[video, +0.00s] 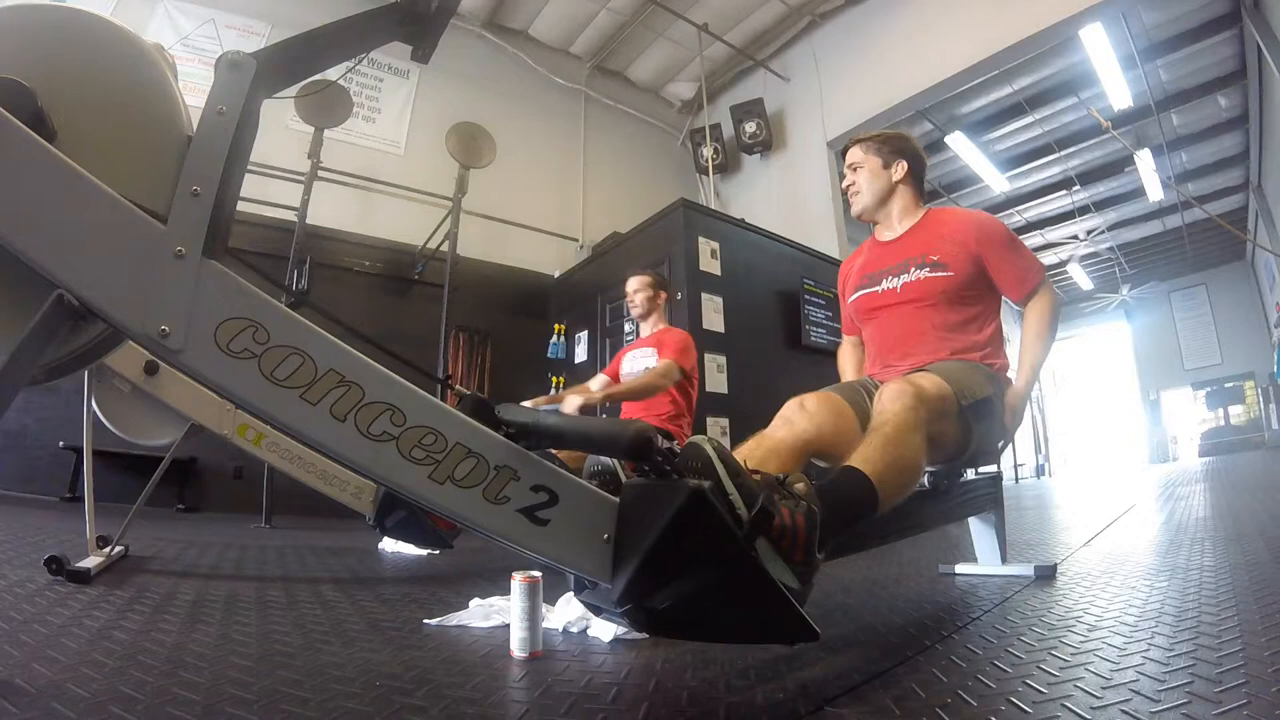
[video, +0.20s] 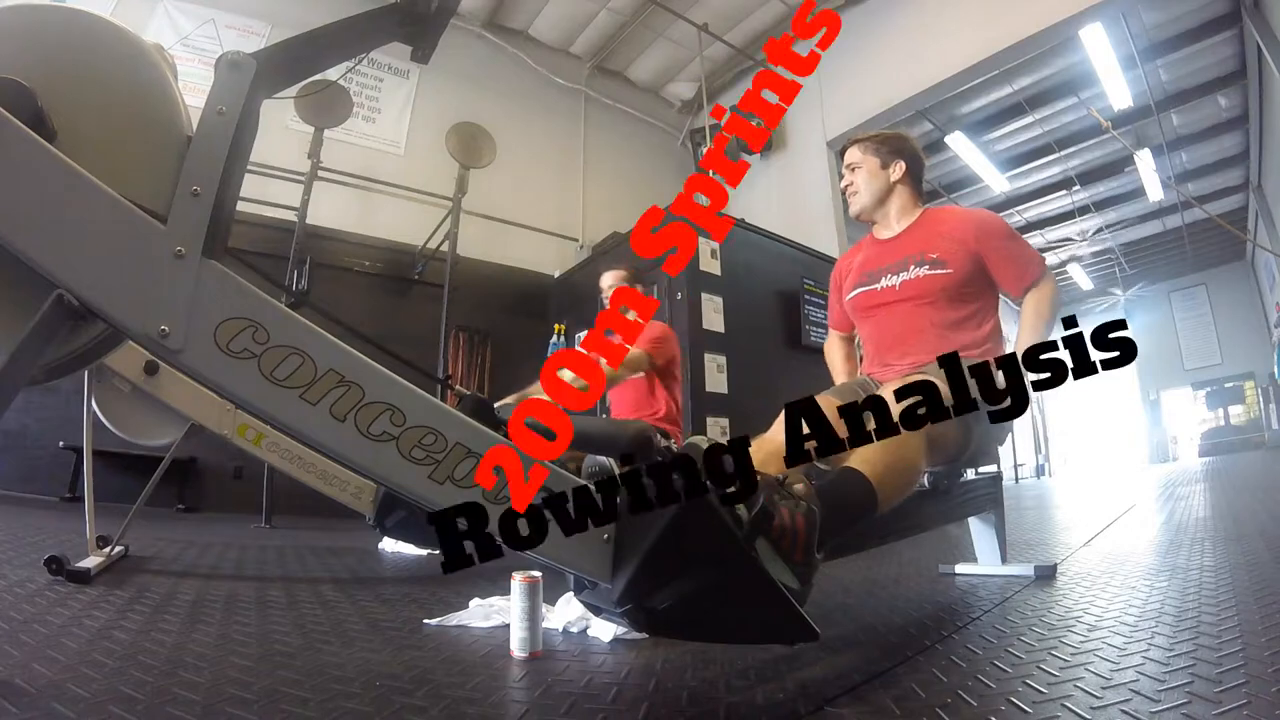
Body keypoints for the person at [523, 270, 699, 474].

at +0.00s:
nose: (630, 299)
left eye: (637, 292)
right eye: (628, 295)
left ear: (661, 298)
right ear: (627, 302)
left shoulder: (678, 338)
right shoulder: (627, 352)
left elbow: (661, 380)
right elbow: (591, 388)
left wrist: (600, 397)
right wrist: (542, 401)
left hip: (662, 439)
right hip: (623, 437)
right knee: (546, 459)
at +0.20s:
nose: (607, 299)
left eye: (614, 291)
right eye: (603, 294)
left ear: (637, 291)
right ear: (601, 298)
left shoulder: (658, 332)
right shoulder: (609, 340)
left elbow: (624, 368)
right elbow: (566, 377)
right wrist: (515, 399)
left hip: (660, 438)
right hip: (617, 436)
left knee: (636, 434)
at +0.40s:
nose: (569, 302)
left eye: (574, 293)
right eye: (565, 296)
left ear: (595, 291)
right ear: (562, 298)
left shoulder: (625, 326)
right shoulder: (571, 341)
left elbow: (578, 364)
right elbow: (528, 372)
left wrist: (510, 396)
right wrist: (478, 398)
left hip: (639, 435)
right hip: (599, 434)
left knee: (552, 412)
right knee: (545, 412)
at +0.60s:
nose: (520, 297)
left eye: (527, 287)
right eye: (517, 292)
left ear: (553, 283)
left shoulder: (588, 323)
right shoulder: (533, 338)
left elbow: (534, 360)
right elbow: (499, 365)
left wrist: (468, 391)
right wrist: (454, 385)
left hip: (609, 430)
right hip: (562, 429)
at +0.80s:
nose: (475, 302)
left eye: (481, 292)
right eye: (470, 294)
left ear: (505, 287)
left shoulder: (548, 322)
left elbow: (482, 359)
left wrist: (408, 390)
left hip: (578, 418)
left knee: (505, 380)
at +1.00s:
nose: (429, 301)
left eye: (438, 288)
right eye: (429, 292)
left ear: (463, 284)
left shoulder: (502, 318)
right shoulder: (453, 330)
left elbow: (428, 353)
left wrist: (374, 378)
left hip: (547, 413)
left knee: (476, 369)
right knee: (432, 372)